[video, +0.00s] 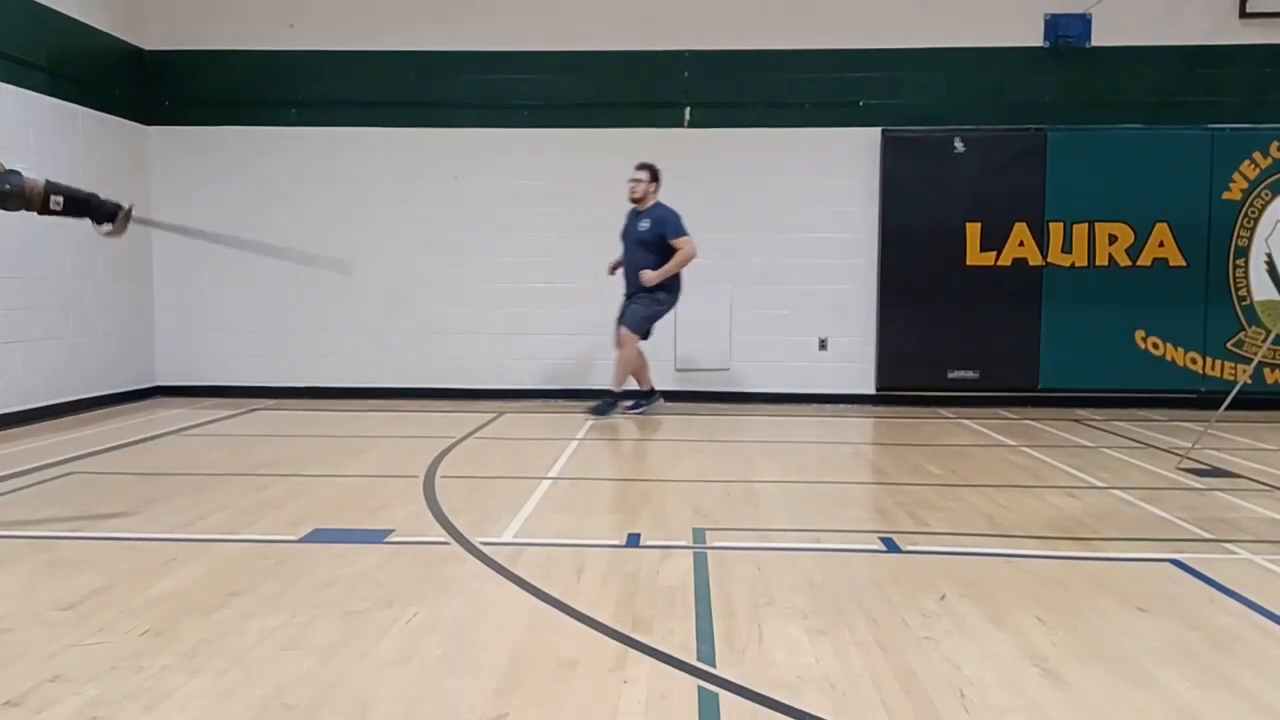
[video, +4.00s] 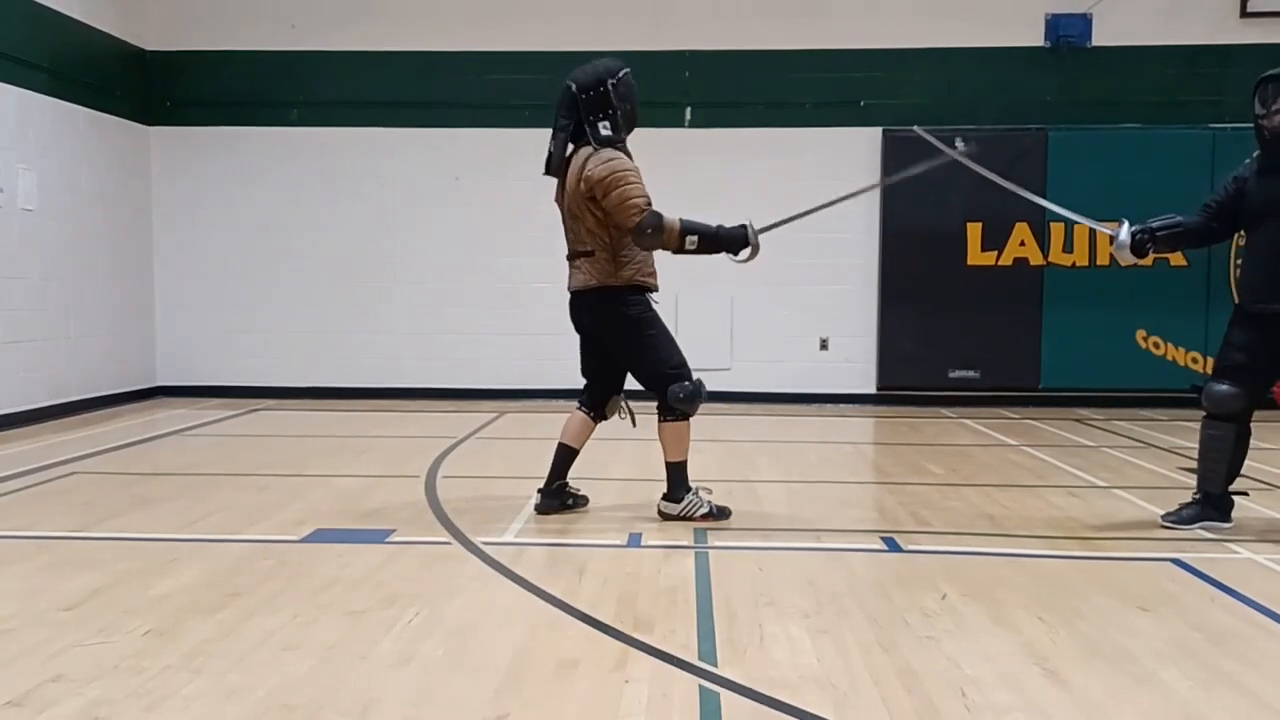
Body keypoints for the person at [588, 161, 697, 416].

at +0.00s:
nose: (633, 186)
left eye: (639, 182)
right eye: (631, 181)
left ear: (653, 186)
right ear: (630, 184)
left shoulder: (666, 216)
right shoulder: (633, 215)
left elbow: (688, 251)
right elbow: (635, 249)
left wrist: (658, 274)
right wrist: (619, 263)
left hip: (659, 290)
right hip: (635, 290)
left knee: (628, 334)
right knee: (623, 339)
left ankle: (614, 392)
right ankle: (648, 391)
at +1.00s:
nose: (440, 190)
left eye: (445, 184)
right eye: (436, 185)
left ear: (460, 187)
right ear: (434, 189)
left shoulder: (480, 215)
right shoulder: (438, 220)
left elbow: (511, 244)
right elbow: (450, 254)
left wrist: (482, 271)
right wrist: (453, 282)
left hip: (488, 295)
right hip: (453, 294)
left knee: (510, 344)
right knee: (426, 338)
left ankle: (548, 396)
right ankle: (424, 390)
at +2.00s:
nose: (298, 99)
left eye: (298, 90)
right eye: (289, 90)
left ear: (276, 95)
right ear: (260, 93)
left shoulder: (279, 148)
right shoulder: (238, 149)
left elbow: (279, 218)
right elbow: (214, 217)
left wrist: (311, 242)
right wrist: (295, 237)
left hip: (262, 289)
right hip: (246, 290)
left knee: (233, 386)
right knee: (297, 387)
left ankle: (189, 479)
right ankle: (324, 492)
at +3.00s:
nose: (529, 96)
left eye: (526, 87)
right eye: (522, 88)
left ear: (484, 96)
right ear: (503, 93)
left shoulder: (492, 147)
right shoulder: (491, 151)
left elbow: (513, 230)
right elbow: (502, 223)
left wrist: (560, 278)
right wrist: (561, 267)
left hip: (497, 288)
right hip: (507, 288)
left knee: (515, 389)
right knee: (559, 385)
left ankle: (476, 487)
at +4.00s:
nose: (632, 105)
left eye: (629, 96)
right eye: (626, 97)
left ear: (582, 107)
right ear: (612, 105)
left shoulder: (578, 161)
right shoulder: (608, 162)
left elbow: (633, 232)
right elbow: (647, 228)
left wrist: (706, 241)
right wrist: (718, 236)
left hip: (590, 299)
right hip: (619, 299)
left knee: (600, 393)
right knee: (678, 390)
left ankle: (553, 487)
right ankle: (678, 494)